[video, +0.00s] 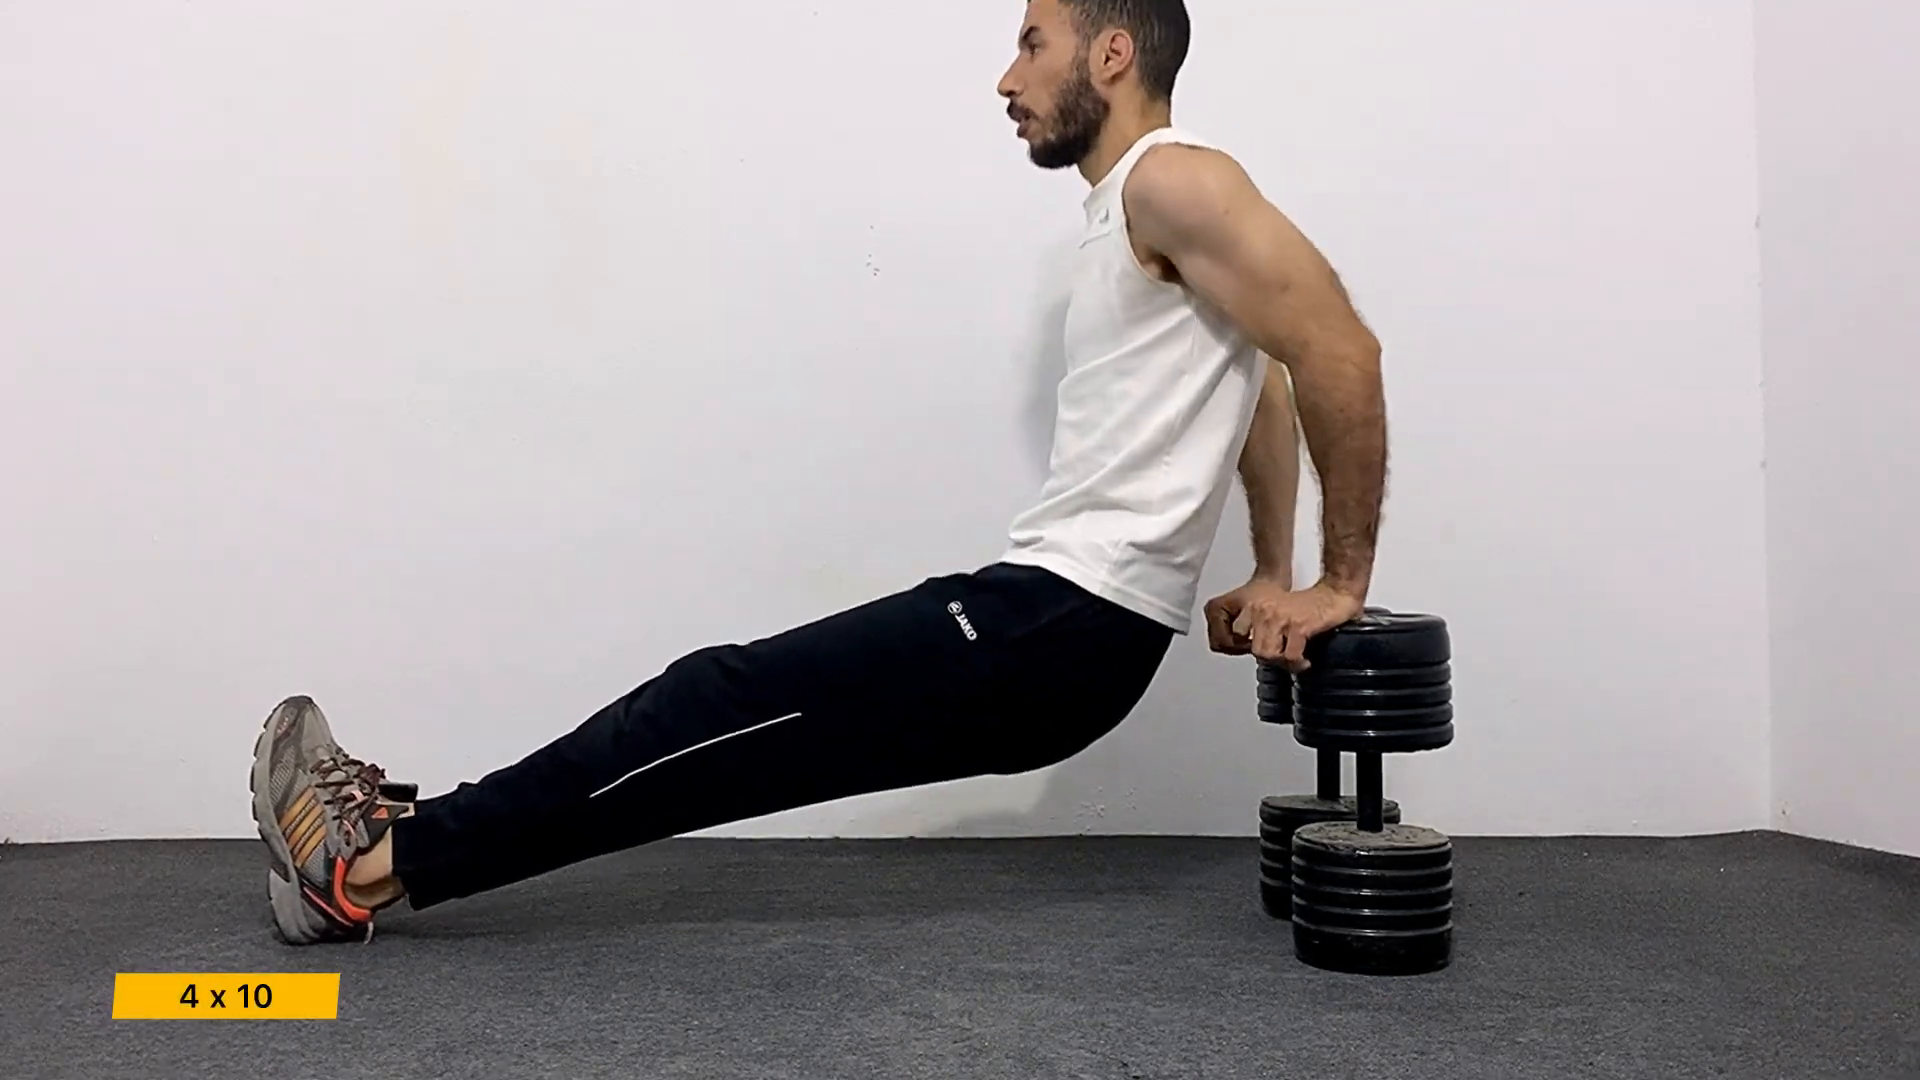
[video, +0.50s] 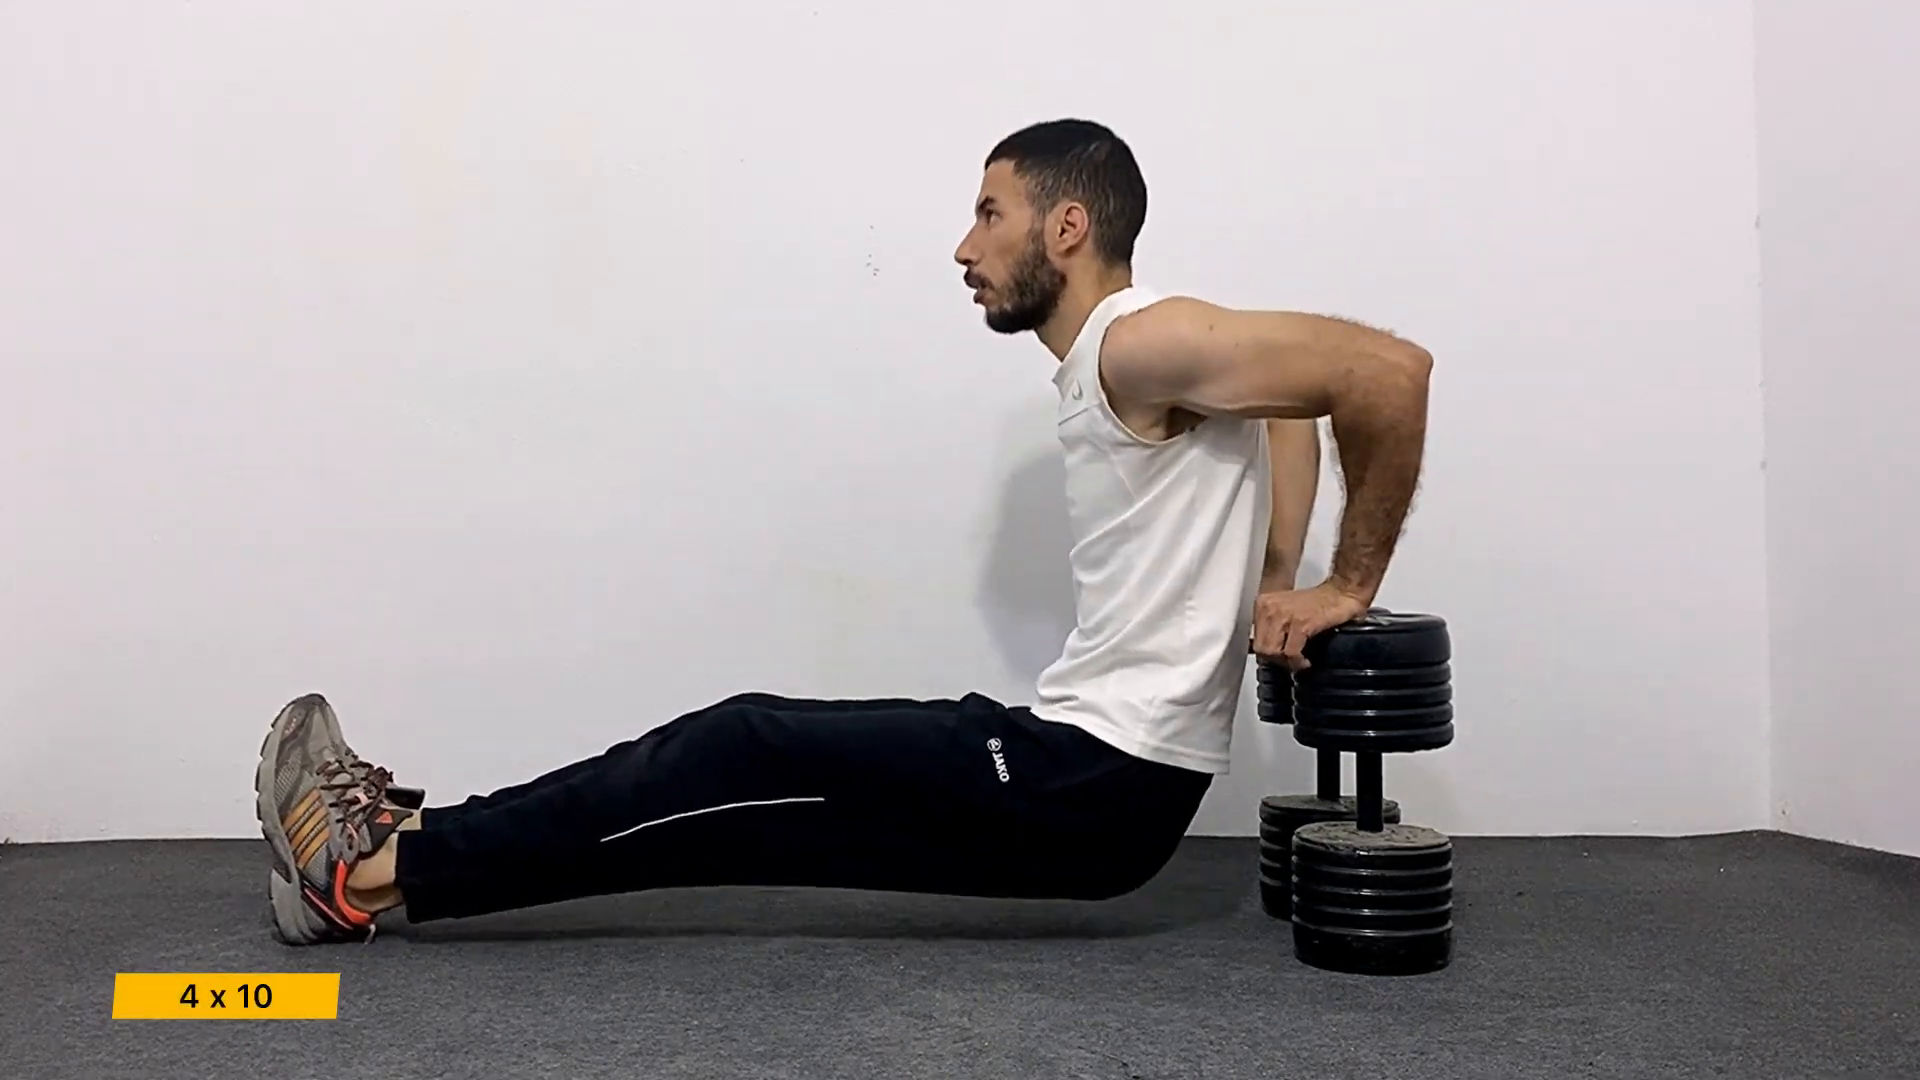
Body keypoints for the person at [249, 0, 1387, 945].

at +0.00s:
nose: (1007, 76)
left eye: (1031, 46)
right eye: (1015, 47)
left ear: (1116, 53)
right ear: (1106, 57)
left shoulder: (1179, 183)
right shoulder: (1145, 206)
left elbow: (1343, 349)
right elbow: (1266, 389)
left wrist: (1350, 580)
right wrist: (1269, 575)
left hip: (1069, 623)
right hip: (1053, 609)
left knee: (713, 712)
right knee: (711, 703)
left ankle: (376, 871)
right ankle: (400, 843)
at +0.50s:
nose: (964, 248)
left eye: (987, 216)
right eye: (973, 219)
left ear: (1074, 227)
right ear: (1077, 228)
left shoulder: (1136, 345)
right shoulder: (1126, 345)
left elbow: (1391, 375)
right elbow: (1295, 391)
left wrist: (1355, 585)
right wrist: (1279, 575)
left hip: (1097, 776)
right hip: (1078, 760)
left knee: (741, 742)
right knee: (736, 795)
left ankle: (386, 869)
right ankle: (416, 848)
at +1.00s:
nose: (966, 228)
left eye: (989, 196)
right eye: (974, 199)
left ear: (1075, 205)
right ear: (1078, 208)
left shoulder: (1144, 326)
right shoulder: (1123, 322)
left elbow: (1397, 373)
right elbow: (1293, 383)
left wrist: (1352, 589)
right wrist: (1278, 569)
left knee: (735, 752)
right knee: (734, 748)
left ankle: (389, 876)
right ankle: (421, 843)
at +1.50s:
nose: (1021, 43)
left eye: (1042, 13)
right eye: (1027, 16)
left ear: (1128, 17)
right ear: (1112, 24)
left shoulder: (1189, 144)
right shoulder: (1146, 168)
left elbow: (1313, 350)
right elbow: (1244, 383)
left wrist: (1346, 579)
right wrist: (1263, 572)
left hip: (1063, 590)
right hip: (1041, 576)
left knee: (721, 714)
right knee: (715, 700)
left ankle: (379, 877)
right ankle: (412, 843)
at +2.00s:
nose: (992, 181)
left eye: (1013, 149)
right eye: (998, 152)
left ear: (1100, 159)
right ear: (1103, 164)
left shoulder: (1163, 286)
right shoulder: (1138, 294)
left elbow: (1395, 368)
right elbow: (1302, 374)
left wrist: (1354, 586)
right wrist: (1281, 572)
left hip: (1101, 720)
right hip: (1077, 702)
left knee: (737, 749)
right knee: (735, 745)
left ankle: (390, 871)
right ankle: (408, 854)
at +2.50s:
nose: (972, 276)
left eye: (995, 244)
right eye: (980, 246)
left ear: (1078, 251)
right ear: (1083, 253)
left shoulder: (1143, 370)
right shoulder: (1138, 373)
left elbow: (1401, 381)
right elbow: (1300, 412)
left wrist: (1354, 592)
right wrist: (1279, 580)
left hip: (1095, 808)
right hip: (1092, 799)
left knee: (737, 756)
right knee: (726, 821)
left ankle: (381, 873)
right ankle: (417, 848)